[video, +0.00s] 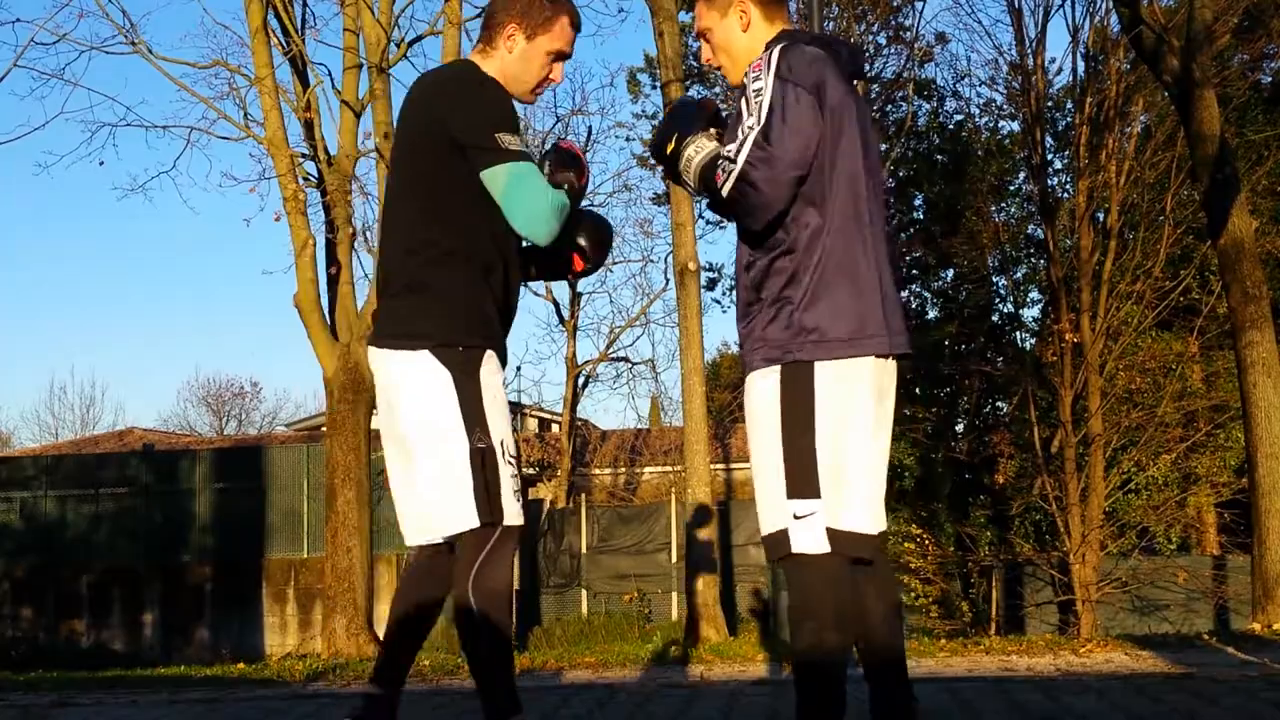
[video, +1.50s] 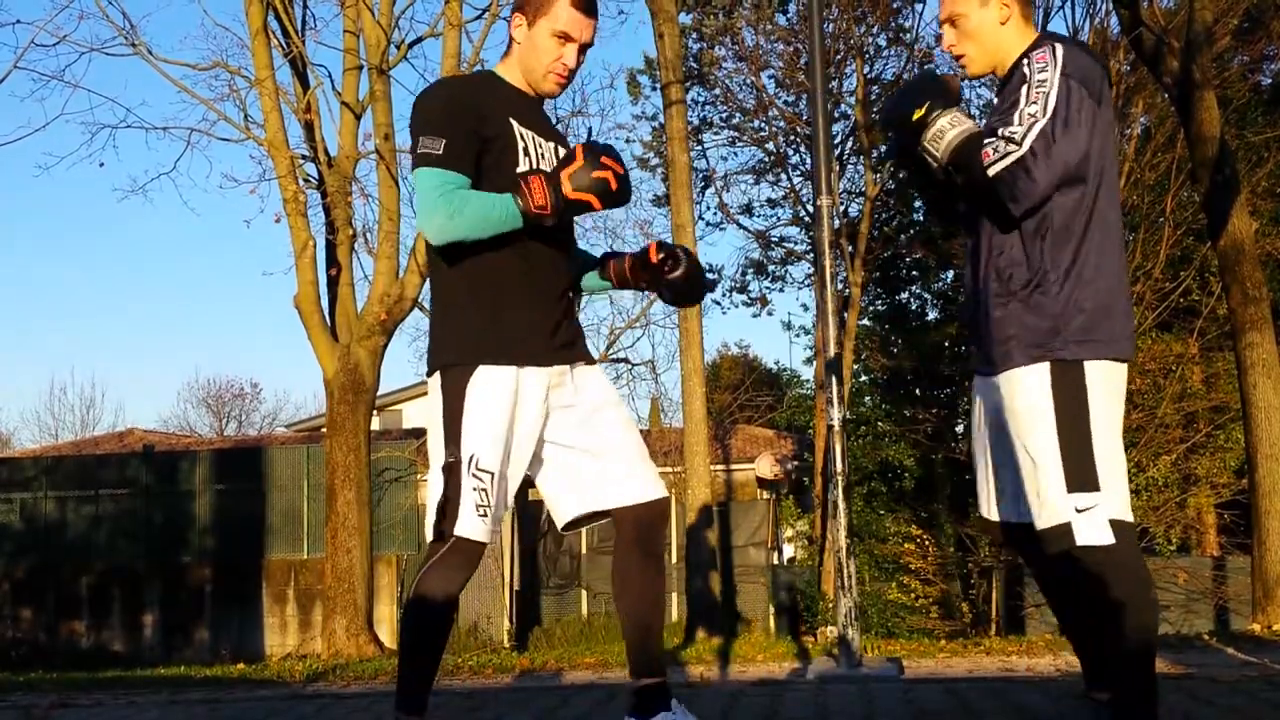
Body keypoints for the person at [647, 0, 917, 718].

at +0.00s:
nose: (702, 53)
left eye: (705, 34)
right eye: (699, 39)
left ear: (746, 17)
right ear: (756, 18)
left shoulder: (786, 72)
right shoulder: (826, 75)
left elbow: (754, 195)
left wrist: (694, 148)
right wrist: (713, 139)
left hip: (806, 335)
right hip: (858, 328)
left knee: (801, 538)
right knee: (854, 537)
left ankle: (818, 716)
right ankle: (894, 709)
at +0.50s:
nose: (804, 40)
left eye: (818, 20)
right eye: (788, 28)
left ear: (851, 14)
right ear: (775, 32)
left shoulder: (881, 87)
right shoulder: (807, 117)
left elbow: (844, 200)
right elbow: (782, 228)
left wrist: (765, 146)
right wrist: (727, 177)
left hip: (851, 349)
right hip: (833, 350)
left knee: (826, 540)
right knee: (879, 534)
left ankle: (823, 719)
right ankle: (968, 695)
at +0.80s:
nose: (873, 52)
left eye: (886, 34)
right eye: (859, 40)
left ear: (920, 26)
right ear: (847, 43)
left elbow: (969, 202)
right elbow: (851, 247)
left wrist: (856, 161)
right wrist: (809, 181)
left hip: (936, 336)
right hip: (882, 341)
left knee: (869, 508)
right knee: (940, 523)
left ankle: (912, 711)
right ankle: (986, 707)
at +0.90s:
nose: (895, 44)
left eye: (908, 26)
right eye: (882, 32)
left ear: (944, 22)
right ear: (873, 37)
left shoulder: (980, 81)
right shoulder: (890, 118)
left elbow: (984, 191)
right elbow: (872, 233)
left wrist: (869, 151)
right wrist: (816, 167)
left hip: (949, 332)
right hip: (912, 335)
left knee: (889, 505)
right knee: (957, 518)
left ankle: (1009, 685)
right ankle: (997, 691)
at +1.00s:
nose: (910, 39)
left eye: (924, 22)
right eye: (897, 28)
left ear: (960, 17)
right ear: (888, 33)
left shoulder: (990, 77)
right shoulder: (923, 112)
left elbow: (991, 185)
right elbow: (893, 225)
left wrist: (884, 157)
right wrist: (838, 173)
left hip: (971, 334)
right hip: (932, 338)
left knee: (944, 518)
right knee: (965, 524)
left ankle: (1088, 695)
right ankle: (988, 707)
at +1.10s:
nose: (918, 40)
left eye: (930, 21)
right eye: (905, 28)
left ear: (972, 15)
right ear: (897, 33)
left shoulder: (1002, 78)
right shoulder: (937, 114)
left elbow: (990, 194)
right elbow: (920, 224)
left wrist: (890, 163)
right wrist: (871, 184)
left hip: (999, 340)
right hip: (937, 350)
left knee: (1030, 531)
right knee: (965, 543)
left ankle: (1118, 708)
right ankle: (989, 709)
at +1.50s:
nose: (944, 43)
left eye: (953, 24)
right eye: (941, 28)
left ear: (1006, 11)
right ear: (994, 17)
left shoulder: (1058, 66)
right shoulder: (1015, 93)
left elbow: (1014, 186)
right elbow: (977, 212)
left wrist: (939, 126)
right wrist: (922, 140)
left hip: (1061, 336)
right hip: (1011, 343)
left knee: (1086, 526)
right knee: (1032, 527)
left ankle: (1131, 706)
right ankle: (1109, 692)